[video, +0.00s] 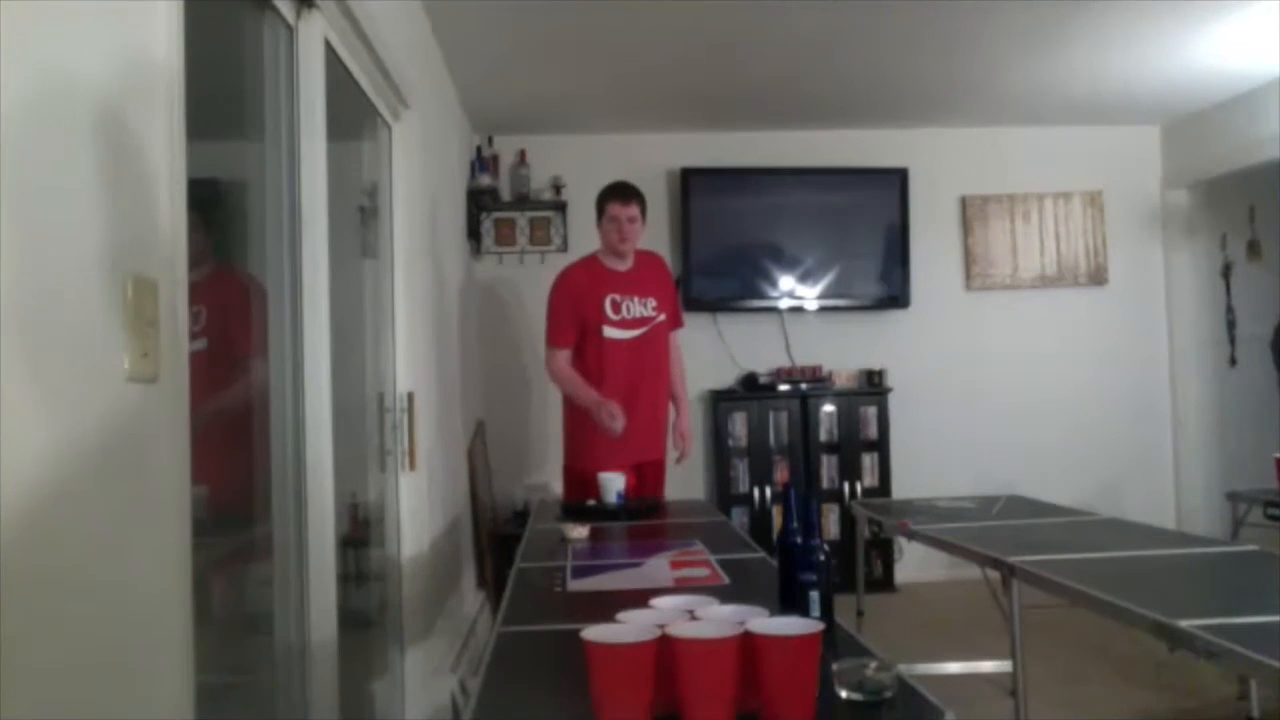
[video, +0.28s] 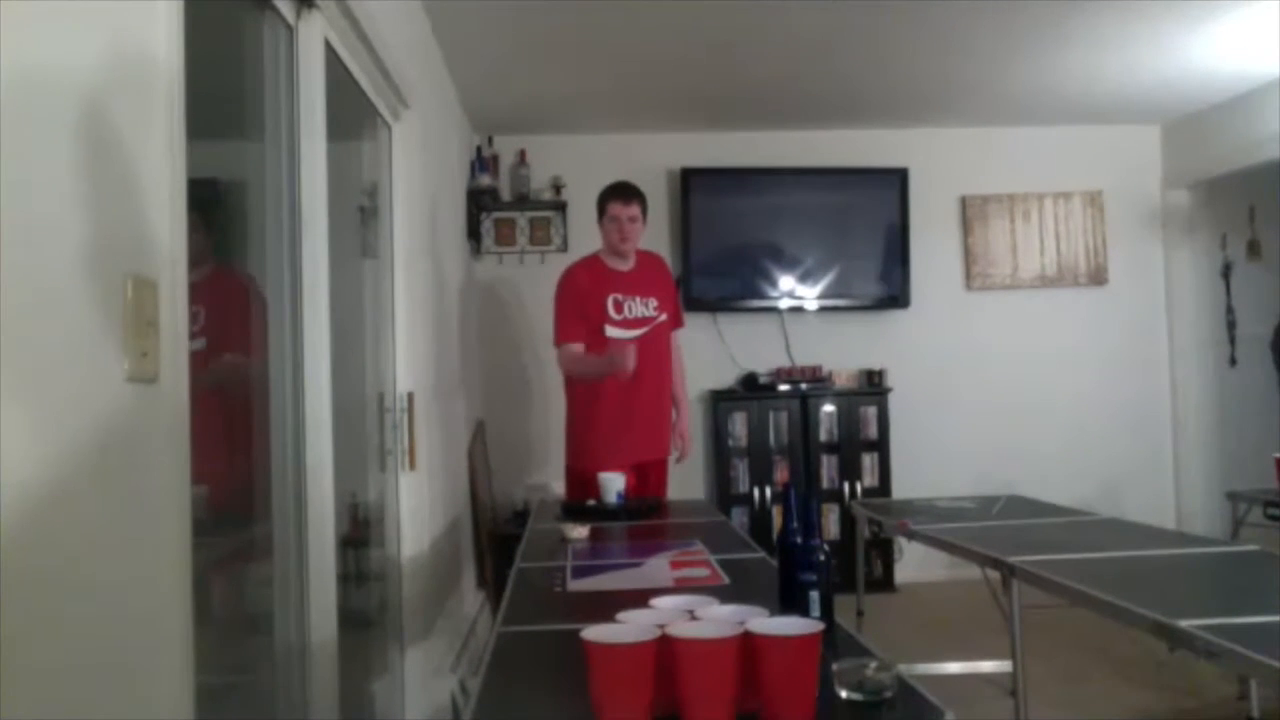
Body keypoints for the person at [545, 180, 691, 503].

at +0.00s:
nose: (623, 230)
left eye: (632, 221)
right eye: (614, 221)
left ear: (643, 226)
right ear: (599, 225)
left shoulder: (657, 271)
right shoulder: (574, 280)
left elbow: (670, 346)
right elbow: (557, 363)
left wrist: (682, 413)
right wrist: (596, 404)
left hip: (649, 438)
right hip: (594, 442)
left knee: (648, 540)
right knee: (594, 541)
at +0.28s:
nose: (624, 229)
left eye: (632, 220)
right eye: (614, 220)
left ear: (644, 225)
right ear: (600, 225)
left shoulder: (657, 270)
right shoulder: (578, 278)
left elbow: (671, 346)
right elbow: (569, 361)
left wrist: (681, 413)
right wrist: (608, 362)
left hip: (651, 435)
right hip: (597, 439)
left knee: (650, 539)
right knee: (597, 540)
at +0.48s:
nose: (625, 229)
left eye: (634, 220)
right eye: (616, 220)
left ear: (646, 225)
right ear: (602, 224)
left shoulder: (657, 269)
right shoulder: (581, 275)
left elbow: (671, 344)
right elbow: (579, 350)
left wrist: (684, 412)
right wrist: (610, 313)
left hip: (652, 430)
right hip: (598, 433)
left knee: (652, 537)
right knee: (598, 538)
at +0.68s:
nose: (626, 226)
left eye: (635, 217)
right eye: (617, 217)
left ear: (646, 223)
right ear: (603, 222)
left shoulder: (657, 267)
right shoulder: (584, 272)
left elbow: (673, 343)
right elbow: (587, 331)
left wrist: (687, 411)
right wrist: (613, 265)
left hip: (652, 433)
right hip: (599, 434)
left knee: (652, 540)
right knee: (598, 541)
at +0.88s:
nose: (629, 223)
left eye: (637, 214)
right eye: (621, 215)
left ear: (648, 220)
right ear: (608, 220)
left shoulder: (658, 265)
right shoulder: (587, 267)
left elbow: (675, 341)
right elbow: (594, 312)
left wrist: (690, 405)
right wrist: (613, 238)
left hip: (653, 436)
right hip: (601, 438)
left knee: (653, 542)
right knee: (600, 546)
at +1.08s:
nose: (631, 214)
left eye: (639, 204)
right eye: (623, 205)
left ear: (649, 212)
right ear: (607, 211)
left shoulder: (656, 259)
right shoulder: (588, 257)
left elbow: (672, 336)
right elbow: (604, 255)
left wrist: (691, 398)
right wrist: (618, 176)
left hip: (652, 429)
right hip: (603, 429)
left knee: (652, 541)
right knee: (598, 544)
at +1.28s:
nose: (635, 211)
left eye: (642, 202)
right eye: (625, 202)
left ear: (652, 208)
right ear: (609, 207)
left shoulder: (656, 259)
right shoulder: (588, 252)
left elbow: (666, 339)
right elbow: (614, 264)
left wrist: (689, 400)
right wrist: (618, 170)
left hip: (651, 429)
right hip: (602, 429)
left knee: (650, 544)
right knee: (600, 546)